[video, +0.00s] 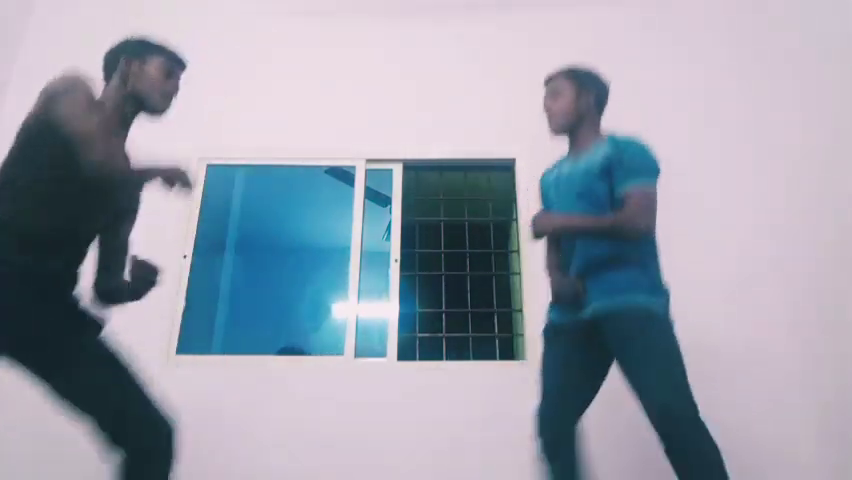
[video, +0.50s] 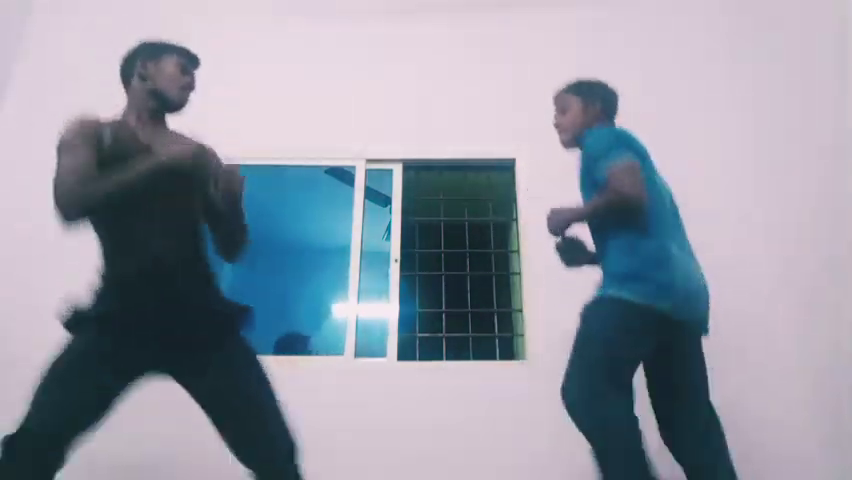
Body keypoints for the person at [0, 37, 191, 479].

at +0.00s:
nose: (176, 85)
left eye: (177, 78)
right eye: (167, 72)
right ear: (128, 68)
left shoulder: (123, 179)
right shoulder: (69, 91)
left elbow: (106, 287)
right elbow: (97, 163)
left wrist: (135, 283)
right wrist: (157, 175)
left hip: (45, 306)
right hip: (9, 292)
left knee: (148, 433)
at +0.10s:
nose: (169, 105)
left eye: (169, 96)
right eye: (160, 90)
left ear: (125, 93)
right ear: (121, 87)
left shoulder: (119, 195)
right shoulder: (55, 112)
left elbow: (102, 301)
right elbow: (61, 189)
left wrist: (155, 286)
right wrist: (155, 189)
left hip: (35, 323)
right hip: (6, 309)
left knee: (150, 436)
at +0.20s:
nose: (166, 86)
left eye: (167, 79)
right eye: (158, 73)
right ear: (118, 70)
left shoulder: (133, 175)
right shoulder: (48, 103)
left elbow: (155, 268)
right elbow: (70, 163)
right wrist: (150, 147)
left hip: (78, 325)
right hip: (14, 316)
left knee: (186, 433)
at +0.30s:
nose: (173, 65)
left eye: (174, 60)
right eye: (165, 53)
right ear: (124, 50)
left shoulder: (157, 150)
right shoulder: (61, 86)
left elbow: (188, 235)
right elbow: (83, 138)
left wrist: (213, 179)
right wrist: (158, 124)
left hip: (121, 301)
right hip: (45, 293)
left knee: (225, 412)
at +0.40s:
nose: (186, 63)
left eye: (186, 58)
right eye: (176, 52)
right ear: (136, 53)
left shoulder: (180, 134)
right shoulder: (80, 101)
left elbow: (217, 230)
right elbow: (83, 162)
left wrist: (229, 179)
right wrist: (173, 132)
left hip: (169, 299)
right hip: (92, 295)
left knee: (255, 429)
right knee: (5, 405)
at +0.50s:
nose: (193, 80)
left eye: (192, 74)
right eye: (183, 68)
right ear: (143, 71)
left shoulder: (197, 155)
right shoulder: (89, 133)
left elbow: (232, 248)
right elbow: (71, 201)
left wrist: (231, 202)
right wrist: (162, 161)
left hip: (199, 323)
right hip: (121, 322)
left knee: (276, 458)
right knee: (33, 447)